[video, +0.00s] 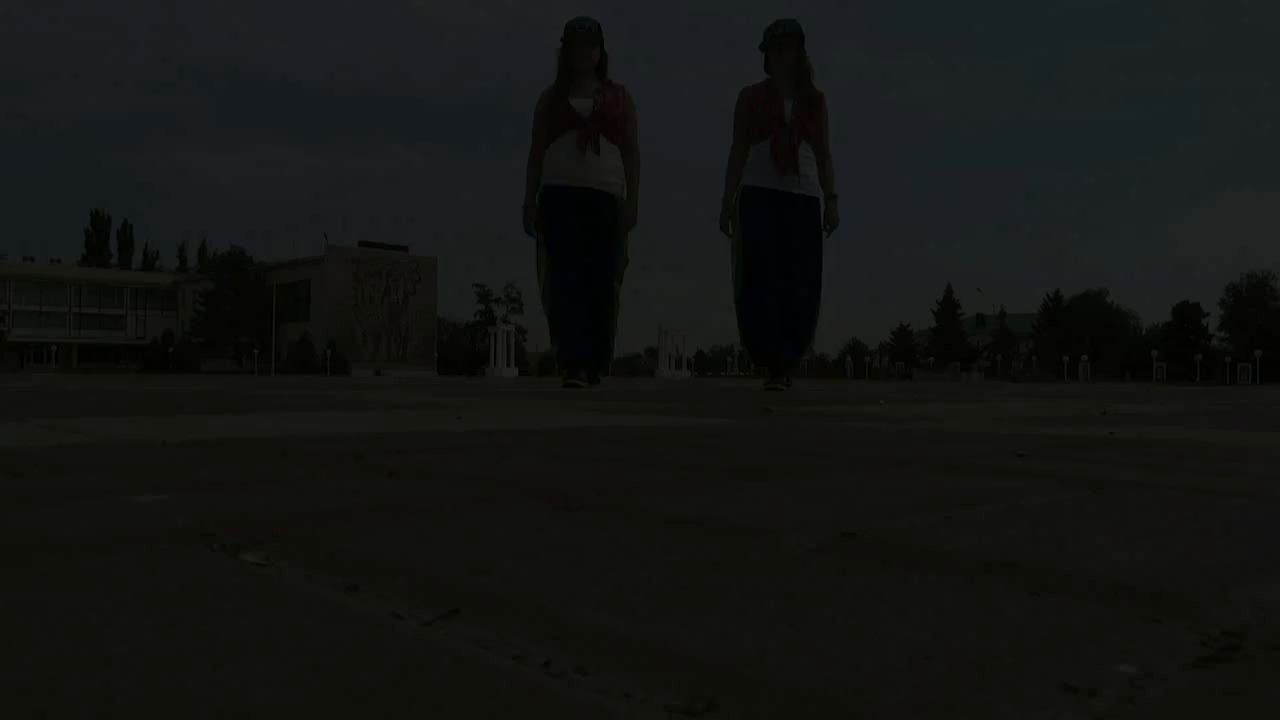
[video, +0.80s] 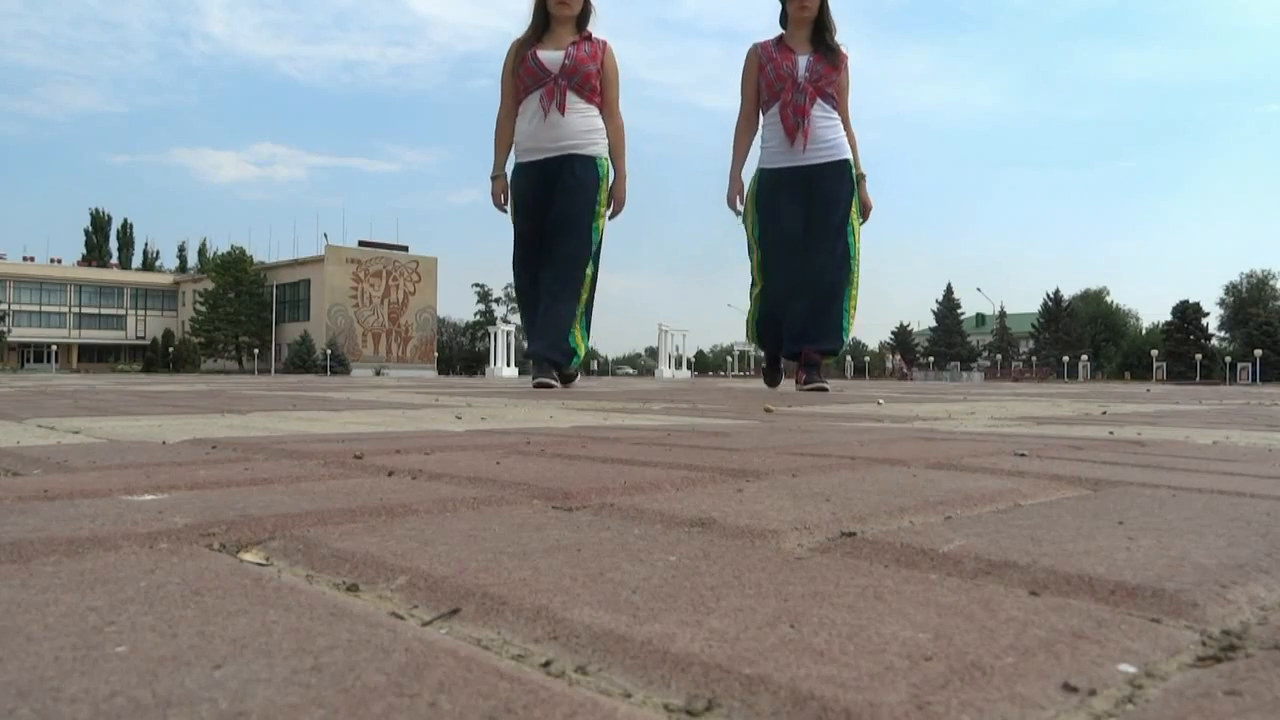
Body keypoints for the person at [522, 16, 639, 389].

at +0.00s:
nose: (584, 54)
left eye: (590, 46)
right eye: (577, 46)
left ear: (600, 51)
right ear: (565, 51)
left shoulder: (617, 97)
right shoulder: (551, 97)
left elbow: (630, 152)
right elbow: (537, 152)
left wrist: (631, 203)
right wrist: (531, 200)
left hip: (604, 197)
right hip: (558, 196)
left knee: (600, 280)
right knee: (561, 280)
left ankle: (594, 365)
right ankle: (569, 365)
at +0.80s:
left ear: (585, 2)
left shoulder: (600, 50)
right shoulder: (521, 48)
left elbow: (612, 115)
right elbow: (507, 112)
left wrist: (620, 175)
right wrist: (498, 170)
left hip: (583, 161)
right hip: (530, 164)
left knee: (567, 258)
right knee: (530, 260)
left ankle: (546, 361)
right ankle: (559, 353)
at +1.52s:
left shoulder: (605, 4)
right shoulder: (495, 3)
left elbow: (614, 57)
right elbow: (483, 55)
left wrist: (615, 124)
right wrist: (467, 131)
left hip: (576, 117)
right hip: (511, 111)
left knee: (572, 236)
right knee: (518, 230)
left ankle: (557, 349)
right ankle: (536, 354)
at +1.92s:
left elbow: (605, 21)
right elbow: (461, 6)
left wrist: (613, 104)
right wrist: (453, 71)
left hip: (565, 78)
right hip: (491, 80)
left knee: (543, 202)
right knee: (498, 215)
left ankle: (531, 337)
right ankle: (543, 348)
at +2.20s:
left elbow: (604, 3)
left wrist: (611, 72)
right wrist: (422, 53)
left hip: (556, 30)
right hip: (471, 40)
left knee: (540, 195)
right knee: (470, 198)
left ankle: (514, 352)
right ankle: (493, 349)